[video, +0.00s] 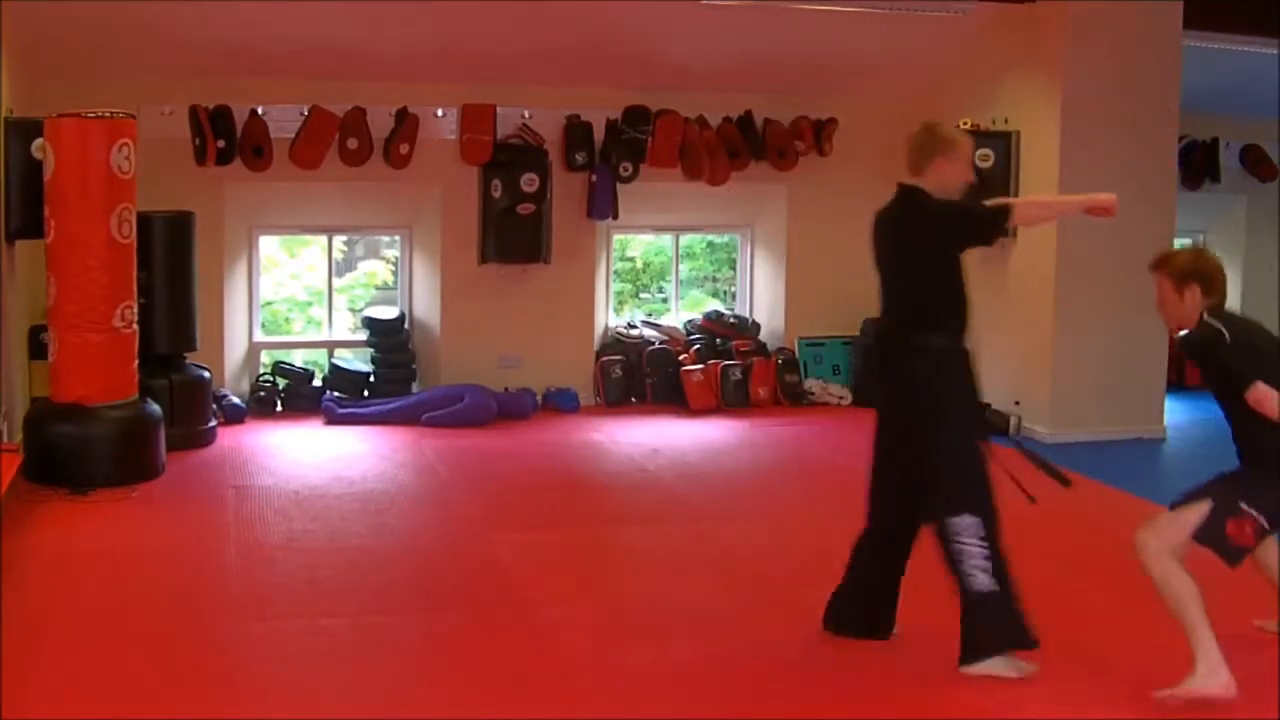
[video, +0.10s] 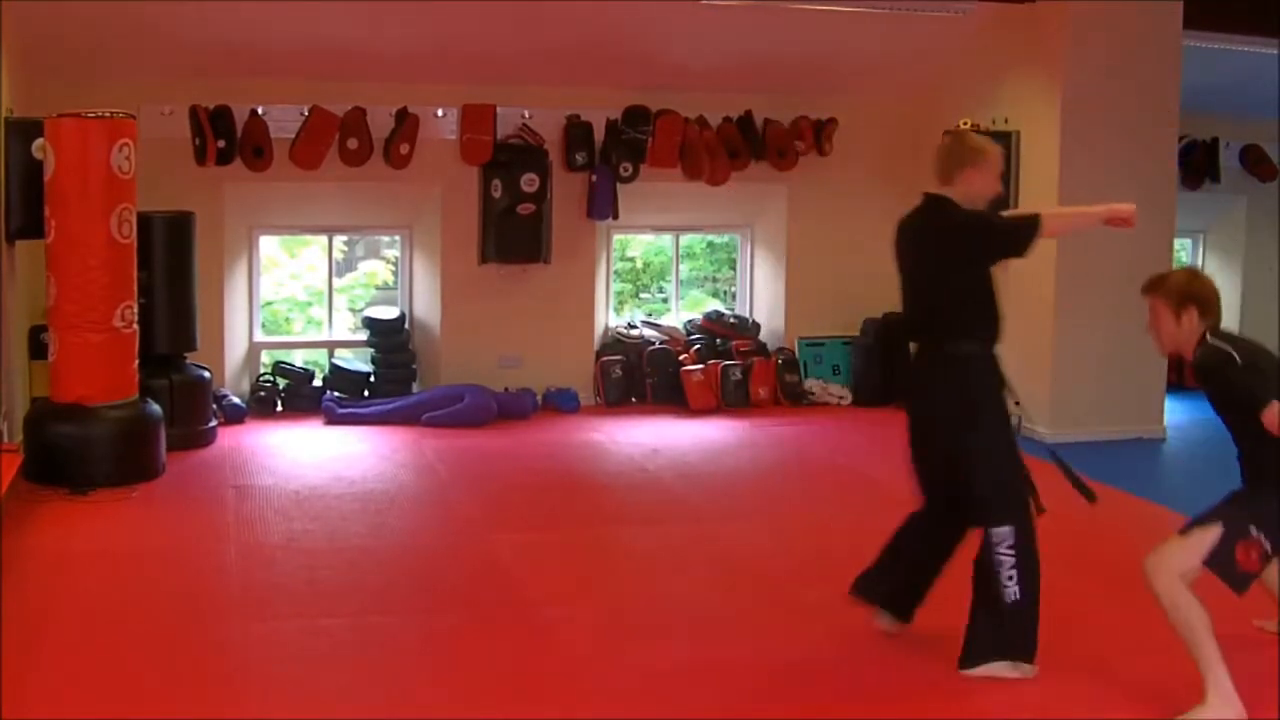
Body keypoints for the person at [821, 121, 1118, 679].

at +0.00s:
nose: (971, 175)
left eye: (970, 165)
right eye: (965, 163)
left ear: (924, 164)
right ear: (937, 164)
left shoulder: (896, 215)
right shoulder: (925, 217)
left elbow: (976, 221)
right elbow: (1008, 214)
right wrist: (1084, 204)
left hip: (902, 376)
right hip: (933, 376)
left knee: (898, 497)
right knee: (963, 504)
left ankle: (856, 611)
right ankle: (988, 642)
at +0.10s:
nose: (998, 187)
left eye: (998, 177)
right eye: (994, 175)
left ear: (950, 174)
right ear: (968, 173)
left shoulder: (915, 224)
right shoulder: (955, 226)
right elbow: (1027, 228)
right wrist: (1102, 214)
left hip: (929, 375)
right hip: (964, 376)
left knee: (953, 501)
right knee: (1007, 507)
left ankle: (889, 591)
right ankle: (995, 649)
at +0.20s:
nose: (1018, 183)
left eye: (1017, 172)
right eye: (1013, 172)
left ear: (969, 172)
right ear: (990, 171)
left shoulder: (942, 220)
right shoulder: (972, 221)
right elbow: (1046, 230)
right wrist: (1121, 218)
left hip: (961, 371)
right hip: (986, 373)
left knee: (994, 495)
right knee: (1017, 506)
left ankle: (940, 583)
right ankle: (994, 647)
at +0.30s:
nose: (1044, 180)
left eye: (1044, 171)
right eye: (1040, 170)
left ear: (997, 165)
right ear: (1017, 167)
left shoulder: (977, 211)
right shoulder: (1000, 217)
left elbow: (1062, 216)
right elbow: (1077, 226)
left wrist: (1139, 210)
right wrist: (1147, 216)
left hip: (997, 366)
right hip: (1007, 371)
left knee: (1037, 493)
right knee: (1026, 504)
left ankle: (1020, 600)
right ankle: (991, 648)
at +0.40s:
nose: (1074, 183)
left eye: (1073, 172)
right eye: (1068, 172)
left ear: (1031, 170)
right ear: (1044, 172)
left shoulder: (1019, 217)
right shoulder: (1030, 223)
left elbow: (1099, 221)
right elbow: (1109, 228)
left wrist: (1174, 212)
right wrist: (1179, 217)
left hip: (1033, 374)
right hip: (1031, 379)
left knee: (1068, 491)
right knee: (1035, 513)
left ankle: (1093, 593)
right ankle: (991, 649)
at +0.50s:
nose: (1108, 189)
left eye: (1107, 179)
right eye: (1101, 178)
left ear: (1066, 181)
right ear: (1072, 181)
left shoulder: (1048, 225)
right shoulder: (1063, 232)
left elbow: (1134, 226)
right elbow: (1145, 236)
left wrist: (1212, 221)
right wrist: (1221, 224)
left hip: (1066, 377)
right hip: (1065, 381)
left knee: (1099, 492)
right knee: (1048, 516)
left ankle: (1130, 592)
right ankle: (993, 649)